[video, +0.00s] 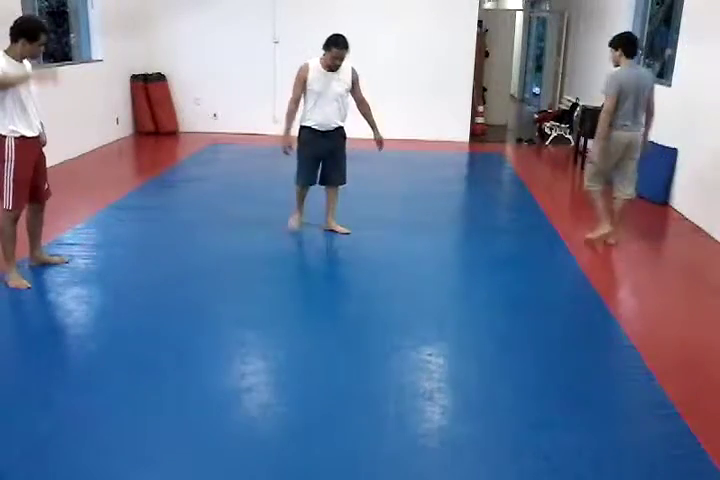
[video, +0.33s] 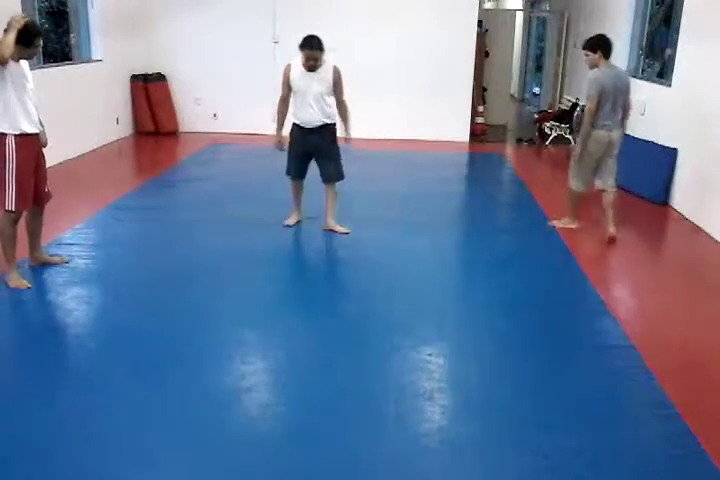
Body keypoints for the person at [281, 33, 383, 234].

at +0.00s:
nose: (339, 62)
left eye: (342, 58)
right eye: (335, 58)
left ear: (346, 56)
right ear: (325, 52)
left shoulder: (349, 73)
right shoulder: (307, 70)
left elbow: (361, 102)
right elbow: (294, 101)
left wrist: (375, 131)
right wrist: (287, 133)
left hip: (336, 134)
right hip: (309, 132)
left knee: (334, 181)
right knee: (304, 180)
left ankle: (330, 220)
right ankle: (298, 213)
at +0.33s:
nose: (311, 62)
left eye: (315, 59)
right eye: (307, 58)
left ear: (322, 56)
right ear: (301, 54)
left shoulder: (332, 72)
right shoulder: (291, 70)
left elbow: (340, 101)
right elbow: (284, 100)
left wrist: (346, 129)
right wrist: (279, 131)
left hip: (325, 129)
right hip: (299, 129)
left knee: (331, 178)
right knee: (296, 175)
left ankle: (330, 220)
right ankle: (296, 212)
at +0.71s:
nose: (302, 61)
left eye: (306, 57)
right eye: (299, 57)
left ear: (315, 51)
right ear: (294, 53)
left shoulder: (328, 68)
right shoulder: (290, 69)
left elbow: (340, 97)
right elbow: (285, 98)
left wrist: (335, 102)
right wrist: (280, 130)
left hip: (324, 127)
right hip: (299, 127)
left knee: (334, 174)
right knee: (295, 173)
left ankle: (343, 212)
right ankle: (296, 211)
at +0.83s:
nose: (306, 62)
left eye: (310, 58)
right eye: (304, 57)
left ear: (320, 54)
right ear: (300, 54)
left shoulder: (332, 66)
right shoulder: (295, 70)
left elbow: (343, 94)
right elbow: (289, 99)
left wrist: (332, 76)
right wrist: (282, 128)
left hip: (327, 126)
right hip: (302, 126)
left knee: (336, 175)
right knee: (296, 173)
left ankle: (344, 213)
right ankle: (297, 211)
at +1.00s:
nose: (314, 62)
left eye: (317, 59)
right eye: (312, 58)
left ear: (328, 56)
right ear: (309, 54)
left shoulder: (338, 68)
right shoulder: (303, 69)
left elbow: (348, 74)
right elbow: (296, 98)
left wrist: (337, 46)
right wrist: (288, 128)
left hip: (333, 127)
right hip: (308, 126)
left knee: (341, 176)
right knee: (300, 173)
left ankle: (344, 213)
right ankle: (297, 211)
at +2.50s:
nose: (308, 56)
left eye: (311, 53)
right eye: (307, 52)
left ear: (324, 52)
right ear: (307, 50)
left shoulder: (338, 65)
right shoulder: (302, 68)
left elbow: (356, 57)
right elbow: (289, 95)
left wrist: (336, 37)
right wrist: (273, 119)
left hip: (330, 127)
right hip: (305, 127)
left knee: (338, 176)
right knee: (300, 175)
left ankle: (343, 214)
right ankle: (297, 212)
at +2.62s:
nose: (308, 56)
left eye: (311, 53)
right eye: (307, 52)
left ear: (324, 52)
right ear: (307, 50)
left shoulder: (338, 65)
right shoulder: (302, 68)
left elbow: (356, 58)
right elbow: (280, 89)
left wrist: (335, 38)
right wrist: (252, 99)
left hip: (330, 128)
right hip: (306, 127)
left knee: (338, 176)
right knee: (300, 175)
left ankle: (343, 215)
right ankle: (297, 212)